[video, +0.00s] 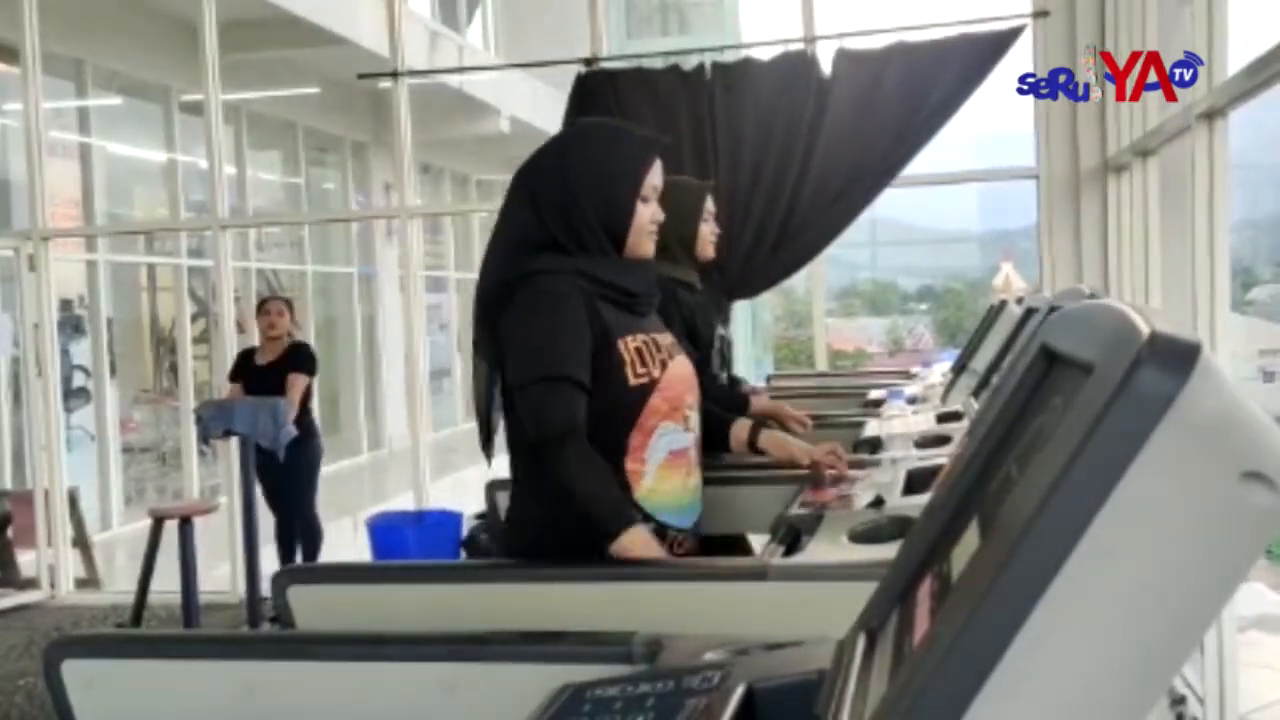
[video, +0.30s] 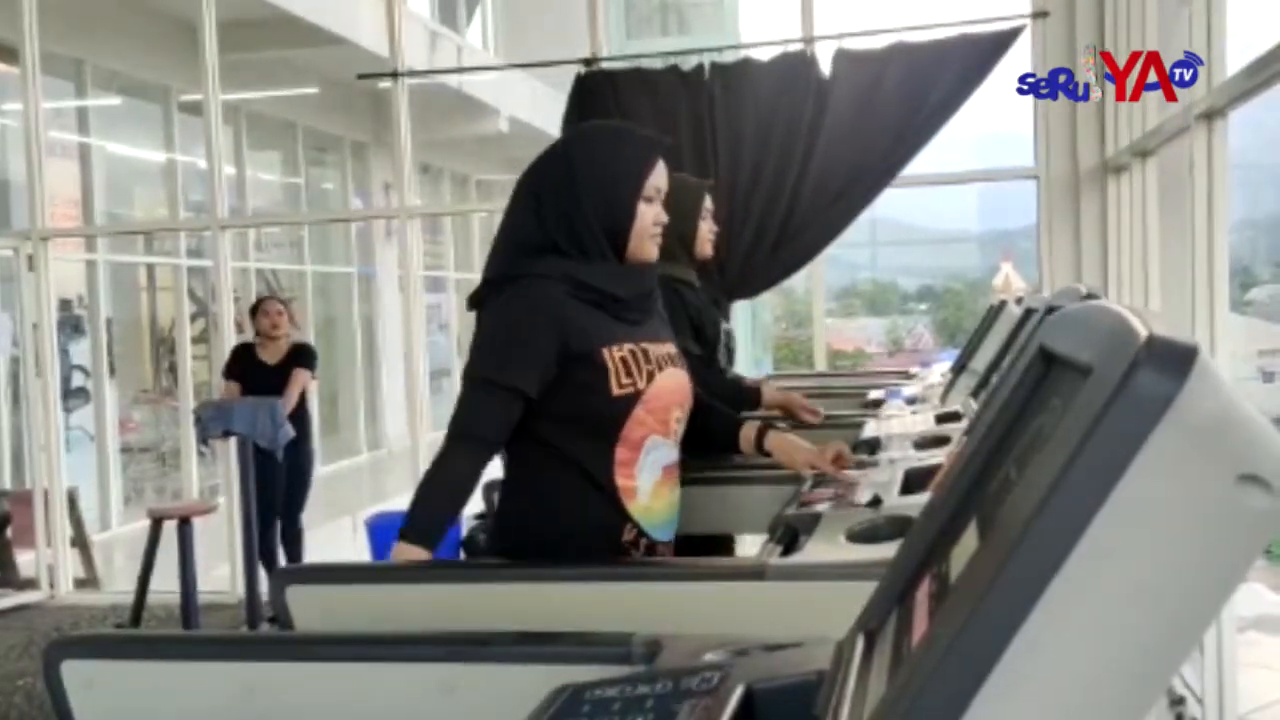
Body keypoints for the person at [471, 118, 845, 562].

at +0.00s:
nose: (659, 216)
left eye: (657, 200)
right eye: (646, 199)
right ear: (597, 196)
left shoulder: (628, 295)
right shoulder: (551, 298)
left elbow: (676, 411)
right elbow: (558, 448)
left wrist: (779, 446)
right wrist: (653, 558)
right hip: (587, 569)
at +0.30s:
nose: (663, 217)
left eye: (663, 201)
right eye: (650, 200)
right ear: (598, 201)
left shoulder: (646, 302)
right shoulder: (535, 304)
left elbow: (673, 419)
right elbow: (470, 443)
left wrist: (768, 439)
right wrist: (408, 558)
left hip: (643, 563)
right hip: (555, 576)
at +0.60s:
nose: (647, 208)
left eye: (646, 192)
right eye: (635, 190)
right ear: (587, 188)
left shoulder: (618, 282)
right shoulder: (536, 292)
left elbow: (669, 393)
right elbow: (532, 451)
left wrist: (774, 438)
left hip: (641, 537)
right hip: (577, 551)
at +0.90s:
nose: (644, 220)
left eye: (643, 204)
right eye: (631, 203)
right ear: (582, 201)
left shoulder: (614, 297)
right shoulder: (542, 300)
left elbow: (667, 413)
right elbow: (569, 436)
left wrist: (774, 442)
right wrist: (708, 501)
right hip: (566, 563)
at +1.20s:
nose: (653, 200)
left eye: (651, 183)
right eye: (639, 183)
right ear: (588, 182)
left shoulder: (628, 284)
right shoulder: (527, 287)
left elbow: (674, 396)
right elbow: (491, 440)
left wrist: (780, 440)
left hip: (632, 550)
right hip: (549, 562)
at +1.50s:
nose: (645, 211)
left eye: (643, 195)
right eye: (632, 194)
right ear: (583, 195)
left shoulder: (610, 297)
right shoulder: (526, 307)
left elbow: (668, 411)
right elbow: (507, 473)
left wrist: (784, 455)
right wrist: (486, 600)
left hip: (633, 558)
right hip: (564, 571)